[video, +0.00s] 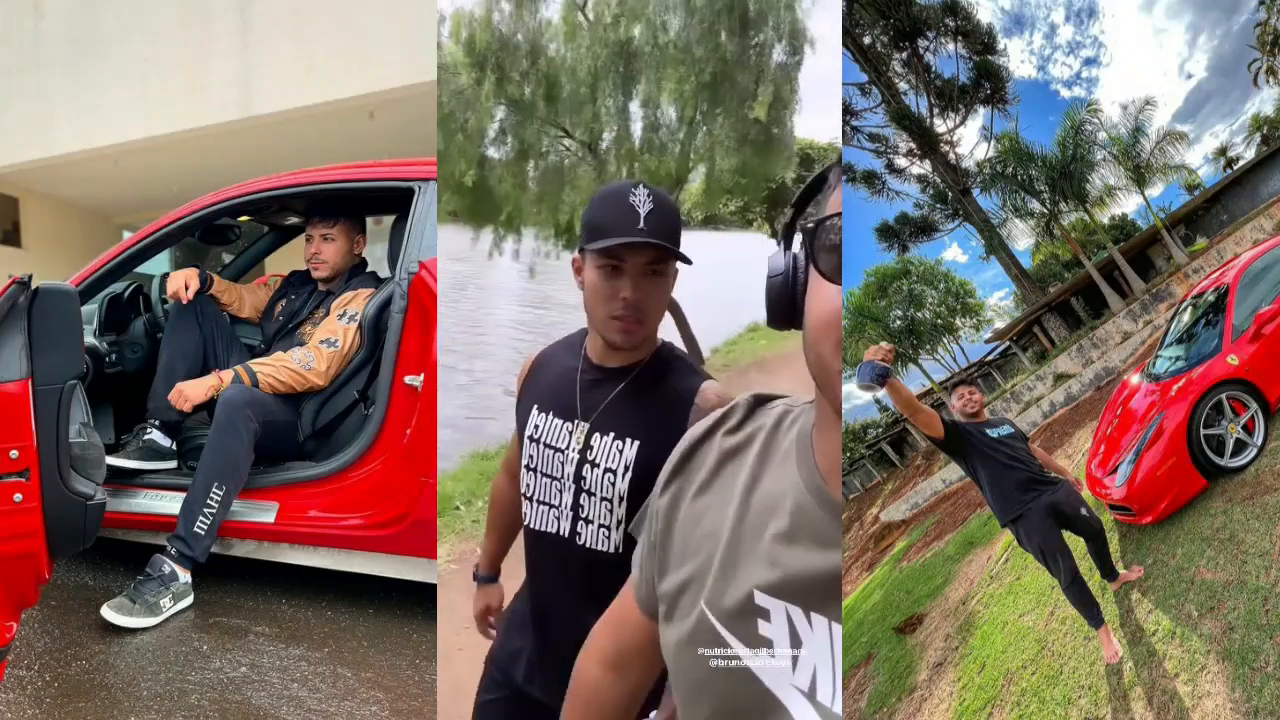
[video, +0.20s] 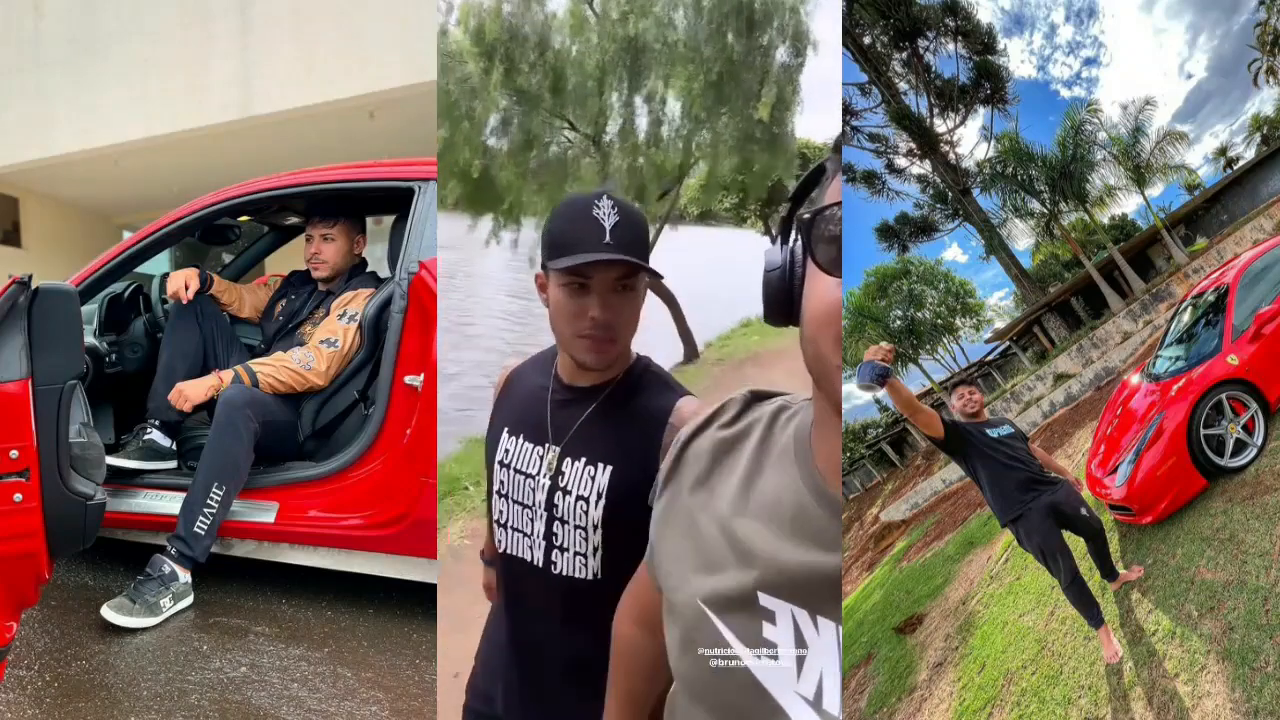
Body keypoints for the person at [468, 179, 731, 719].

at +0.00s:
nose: (631, 293)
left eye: (654, 271)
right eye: (612, 268)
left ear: (673, 280)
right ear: (579, 271)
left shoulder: (702, 409)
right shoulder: (544, 371)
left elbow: (711, 556)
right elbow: (516, 475)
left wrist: (683, 691)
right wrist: (486, 571)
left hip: (629, 676)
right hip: (530, 647)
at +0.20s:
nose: (599, 312)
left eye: (621, 288)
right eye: (578, 287)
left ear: (644, 294)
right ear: (544, 288)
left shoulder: (679, 428)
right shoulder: (515, 387)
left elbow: (685, 591)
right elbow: (500, 501)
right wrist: (493, 554)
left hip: (608, 701)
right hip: (502, 686)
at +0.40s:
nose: (599, 290)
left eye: (622, 262)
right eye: (574, 263)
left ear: (645, 263)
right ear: (537, 265)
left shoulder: (691, 409)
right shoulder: (512, 376)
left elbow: (704, 577)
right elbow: (483, 500)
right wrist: (450, 608)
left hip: (613, 698)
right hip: (507, 680)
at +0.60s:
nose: (614, 301)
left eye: (639, 276)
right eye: (593, 274)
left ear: (665, 277)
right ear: (557, 269)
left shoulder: (705, 413)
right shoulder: (519, 383)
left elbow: (725, 580)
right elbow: (440, 529)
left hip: (644, 699)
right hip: (534, 686)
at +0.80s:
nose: (613, 320)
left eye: (640, 296)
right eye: (593, 293)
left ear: (663, 297)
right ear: (559, 288)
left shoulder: (696, 430)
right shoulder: (516, 398)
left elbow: (705, 590)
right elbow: (444, 537)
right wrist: (375, 641)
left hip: (639, 707)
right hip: (526, 696)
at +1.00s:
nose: (600, 285)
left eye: (628, 262)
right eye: (582, 258)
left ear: (657, 262)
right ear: (551, 248)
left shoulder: (685, 397)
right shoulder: (520, 345)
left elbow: (682, 582)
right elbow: (471, 477)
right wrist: (437, 614)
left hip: (607, 701)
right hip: (505, 681)